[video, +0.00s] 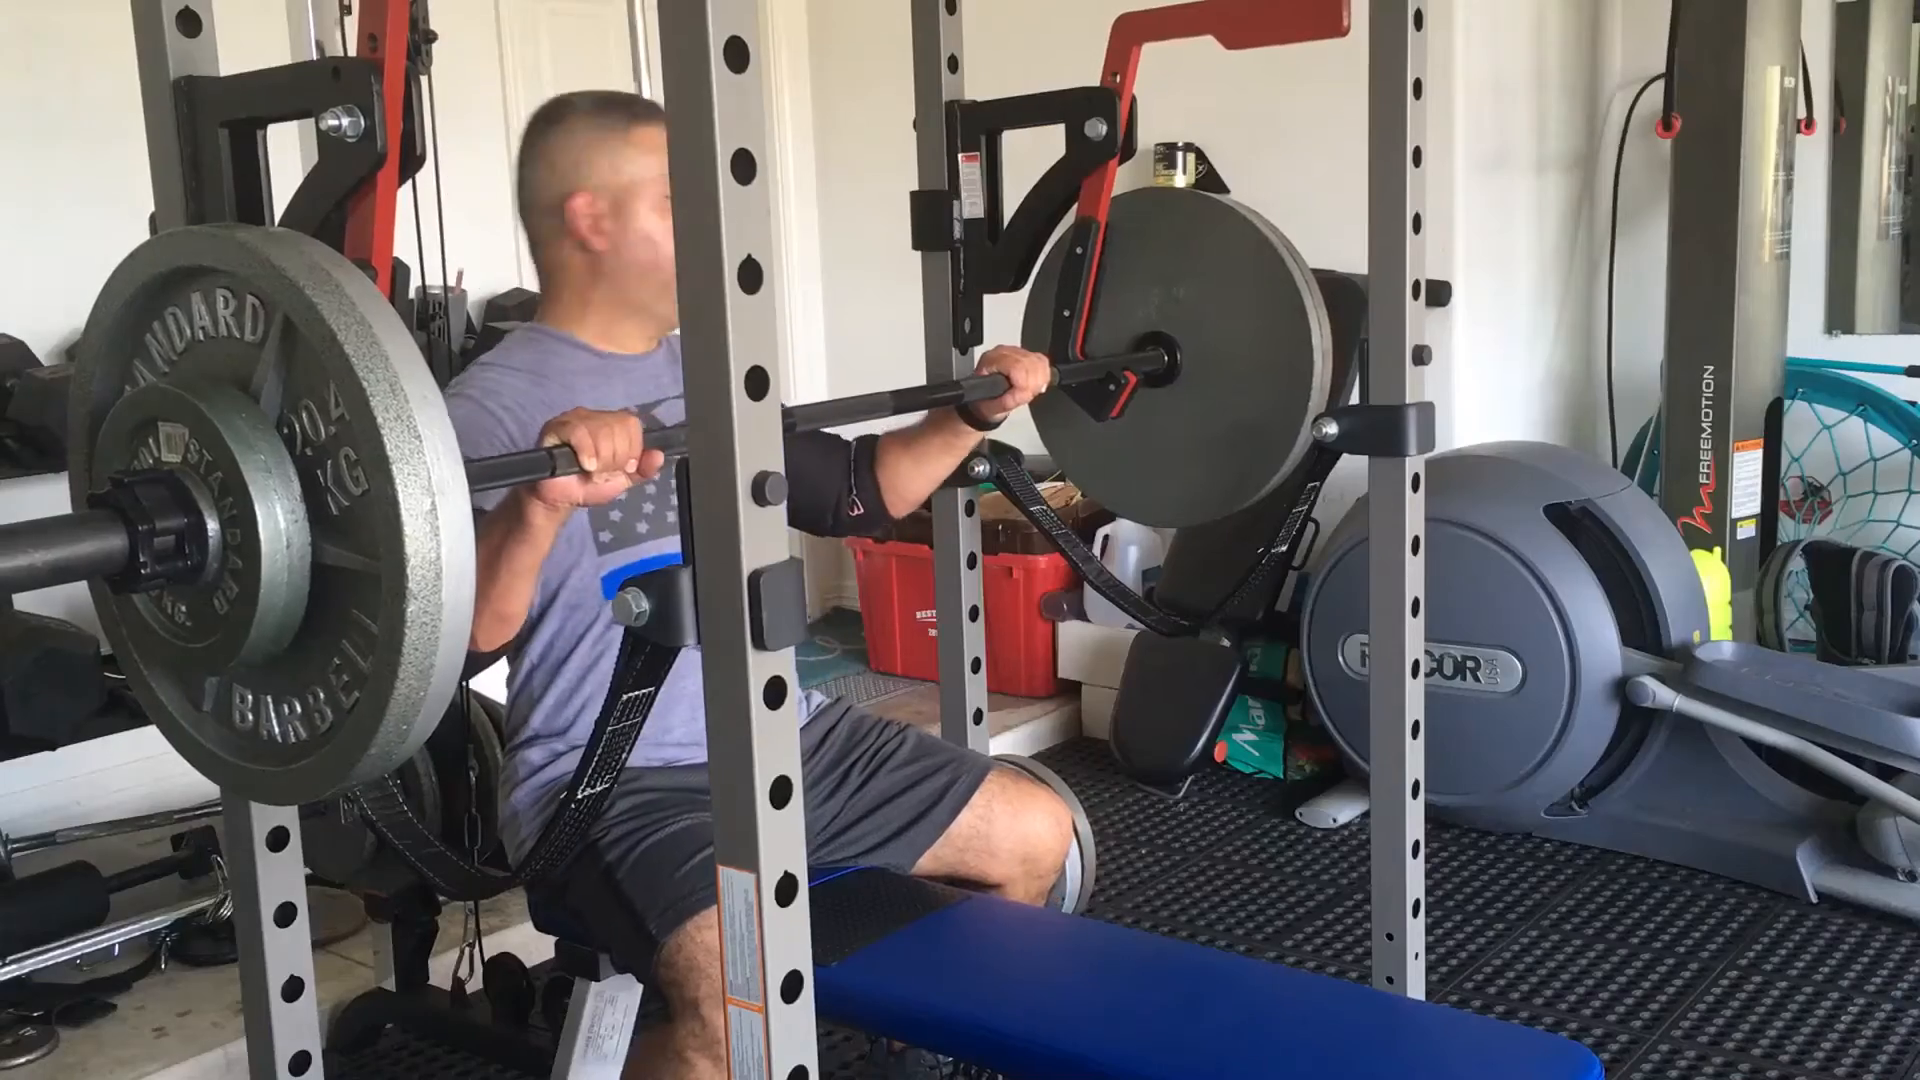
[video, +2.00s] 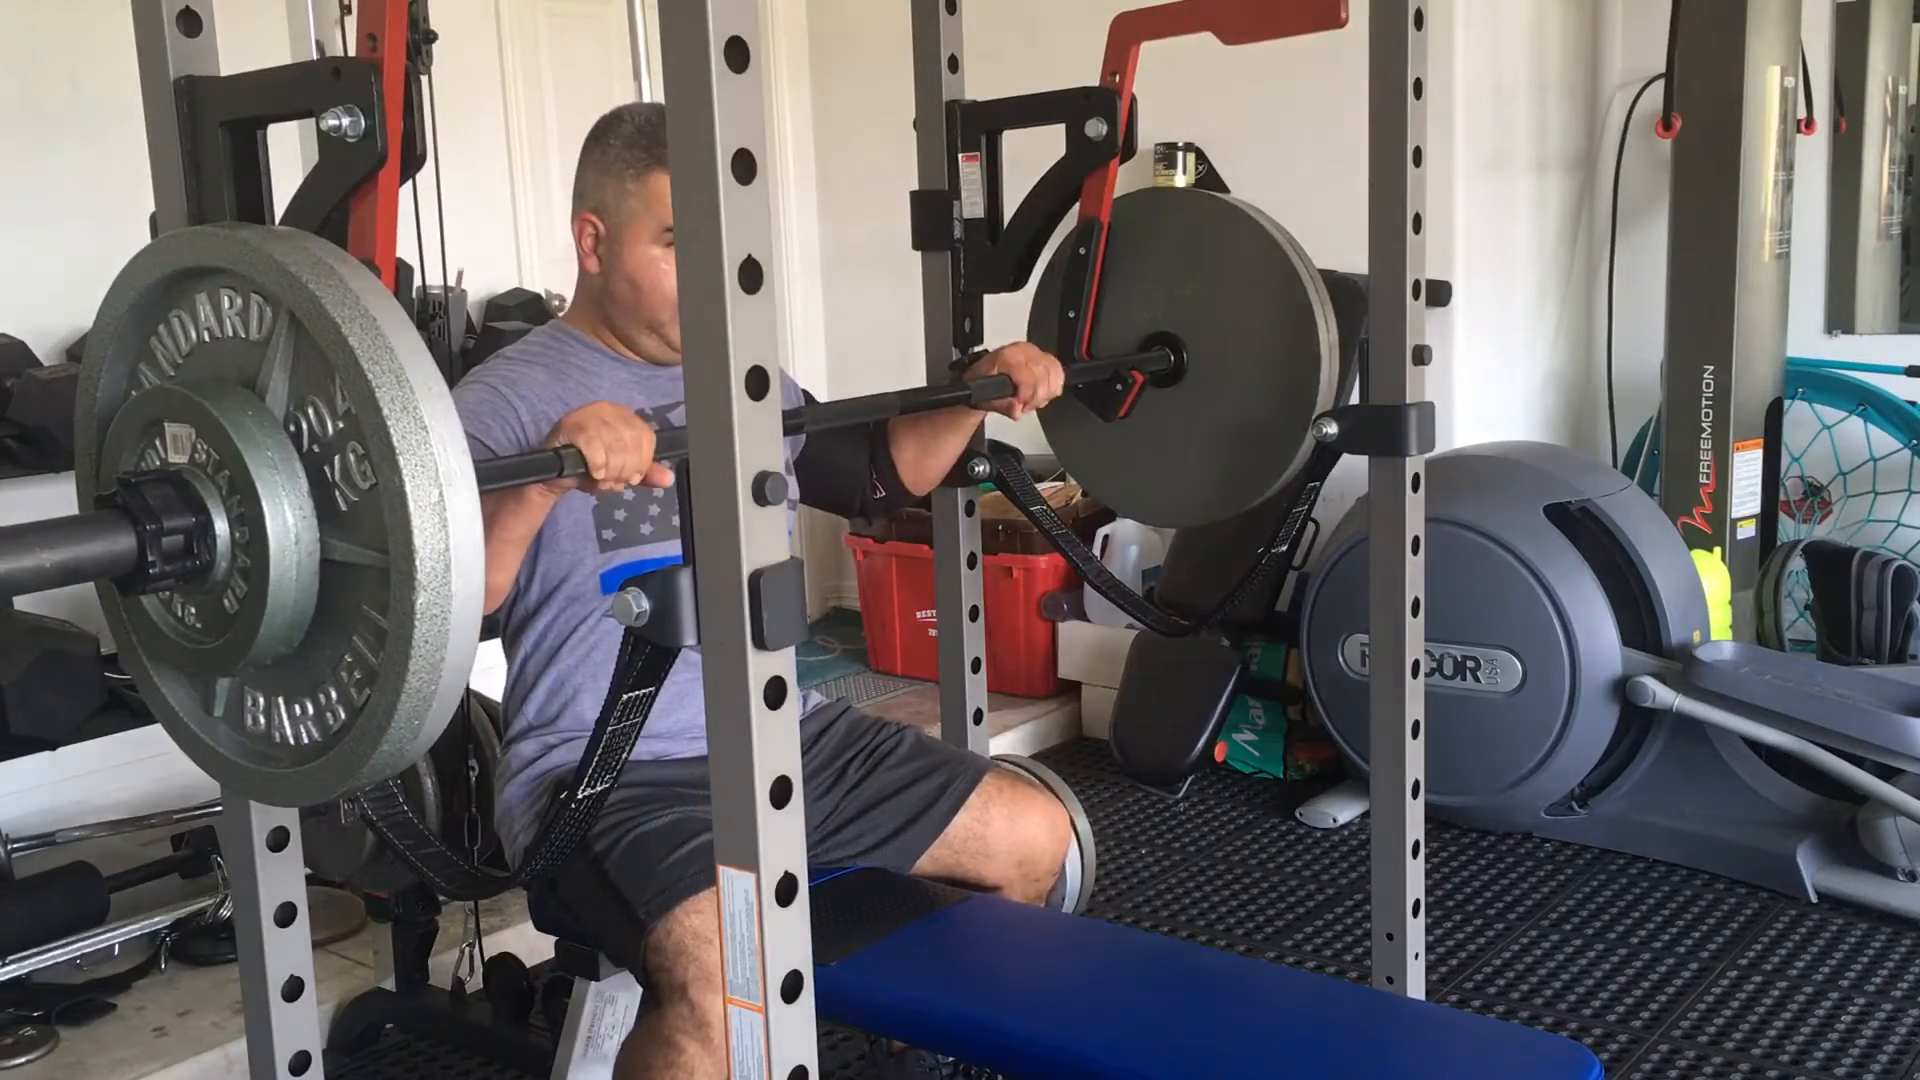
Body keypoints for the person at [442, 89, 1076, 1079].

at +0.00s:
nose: (705, 225)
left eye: (698, 197)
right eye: (677, 196)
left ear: (600, 222)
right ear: (592, 221)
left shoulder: (703, 368)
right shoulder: (493, 399)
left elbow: (863, 491)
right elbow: (470, 638)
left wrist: (974, 408)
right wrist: (543, 500)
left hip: (775, 732)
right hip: (608, 776)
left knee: (1032, 831)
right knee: (739, 972)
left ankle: (982, 1051)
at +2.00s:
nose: (705, 267)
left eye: (715, 240)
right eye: (674, 241)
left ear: (737, 245)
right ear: (591, 245)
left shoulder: (740, 378)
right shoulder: (506, 397)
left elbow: (879, 478)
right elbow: (462, 606)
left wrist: (978, 392)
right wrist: (552, 464)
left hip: (777, 736)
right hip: (608, 770)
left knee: (1032, 833)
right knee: (725, 957)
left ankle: (980, 1045)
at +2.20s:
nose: (705, 267)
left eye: (715, 240)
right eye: (674, 240)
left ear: (738, 246)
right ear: (591, 244)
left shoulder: (742, 376)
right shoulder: (501, 394)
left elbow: (872, 482)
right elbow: (467, 608)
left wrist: (977, 397)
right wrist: (551, 474)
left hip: (772, 730)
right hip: (603, 766)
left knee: (1032, 804)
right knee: (722, 946)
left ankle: (966, 1047)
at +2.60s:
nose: (708, 233)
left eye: (715, 205)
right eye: (673, 211)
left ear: (741, 215)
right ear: (598, 245)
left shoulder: (760, 357)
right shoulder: (514, 381)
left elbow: (860, 477)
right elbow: (423, 599)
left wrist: (968, 400)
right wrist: (525, 489)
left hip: (777, 730)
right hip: (601, 765)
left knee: (1029, 827)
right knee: (734, 926)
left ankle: (1166, 1048)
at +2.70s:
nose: (714, 206)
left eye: (724, 179)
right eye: (682, 185)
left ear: (750, 192)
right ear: (614, 225)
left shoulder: (785, 343)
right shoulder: (540, 367)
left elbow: (862, 475)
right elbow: (435, 588)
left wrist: (961, 404)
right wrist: (520, 491)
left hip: (813, 742)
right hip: (626, 772)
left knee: (1042, 842)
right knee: (742, 938)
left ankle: (1173, 1054)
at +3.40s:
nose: (624, 259)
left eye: (632, 231)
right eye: (581, 234)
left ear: (649, 248)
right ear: (503, 263)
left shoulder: (690, 371)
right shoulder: (444, 401)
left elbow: (849, 477)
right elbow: (404, 606)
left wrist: (954, 403)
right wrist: (514, 486)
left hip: (771, 718)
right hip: (598, 765)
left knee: (1046, 840)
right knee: (734, 942)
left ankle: (1172, 1059)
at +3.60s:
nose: (672, 158)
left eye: (677, 137)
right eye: (631, 139)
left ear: (704, 160)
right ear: (557, 190)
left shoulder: (750, 317)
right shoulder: (511, 344)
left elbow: (849, 477)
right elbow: (424, 577)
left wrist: (950, 403)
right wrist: (513, 477)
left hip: (828, 705)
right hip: (646, 753)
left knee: (1094, 834)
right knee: (782, 951)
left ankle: (1210, 1057)